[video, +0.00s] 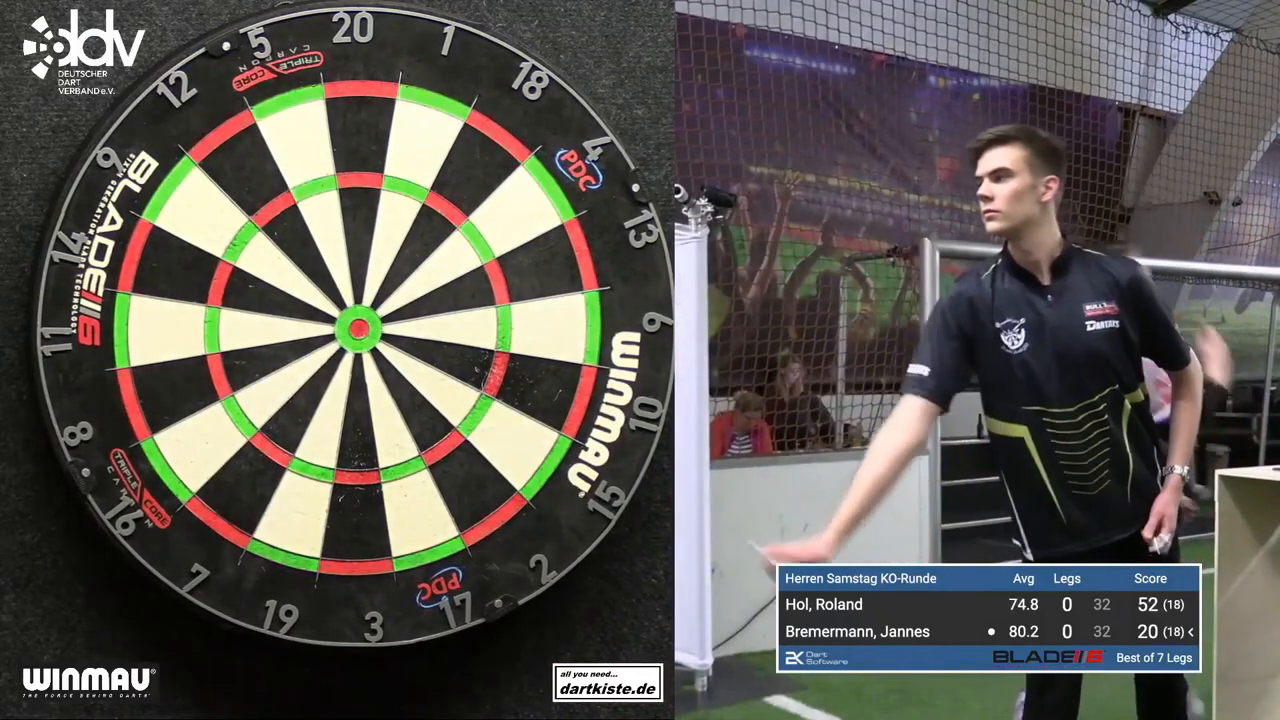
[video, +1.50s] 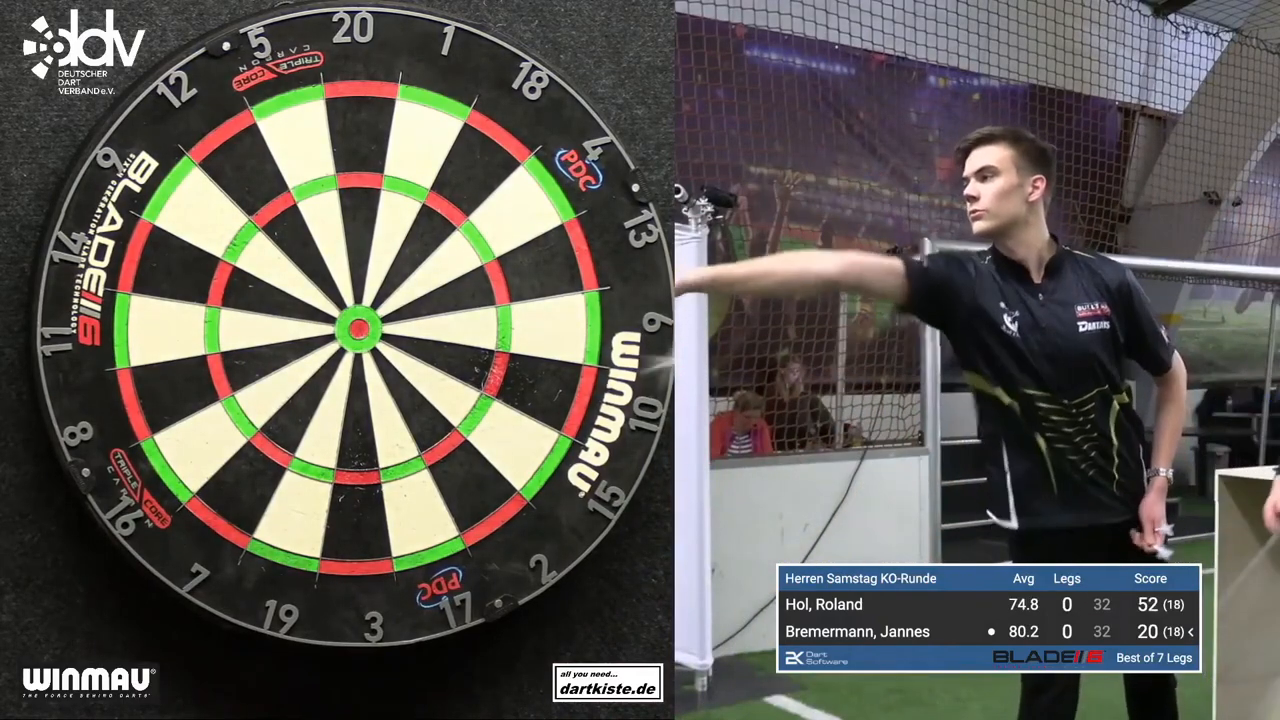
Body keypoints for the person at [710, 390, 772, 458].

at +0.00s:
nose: (752, 423)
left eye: (756, 419)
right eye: (748, 418)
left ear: (761, 417)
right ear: (737, 413)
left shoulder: (762, 427)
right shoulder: (719, 425)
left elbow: (767, 457)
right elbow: (714, 459)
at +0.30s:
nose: (752, 423)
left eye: (756, 418)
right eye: (748, 418)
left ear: (760, 417)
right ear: (738, 412)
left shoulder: (761, 425)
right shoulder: (719, 425)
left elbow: (768, 456)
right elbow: (713, 459)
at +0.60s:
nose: (752, 423)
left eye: (756, 418)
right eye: (748, 418)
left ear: (761, 417)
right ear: (737, 412)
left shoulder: (761, 426)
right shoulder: (719, 425)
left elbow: (768, 457)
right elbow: (713, 460)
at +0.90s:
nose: (752, 423)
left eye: (756, 418)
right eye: (748, 418)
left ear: (760, 417)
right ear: (737, 412)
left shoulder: (761, 426)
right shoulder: (719, 424)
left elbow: (768, 457)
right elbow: (713, 459)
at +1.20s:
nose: (753, 422)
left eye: (756, 418)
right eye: (748, 417)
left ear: (760, 416)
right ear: (737, 413)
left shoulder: (761, 425)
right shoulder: (719, 424)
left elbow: (768, 456)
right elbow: (713, 459)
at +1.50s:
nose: (752, 422)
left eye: (756, 418)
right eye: (747, 417)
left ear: (760, 416)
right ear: (737, 413)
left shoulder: (761, 426)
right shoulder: (719, 424)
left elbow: (768, 456)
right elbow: (713, 459)